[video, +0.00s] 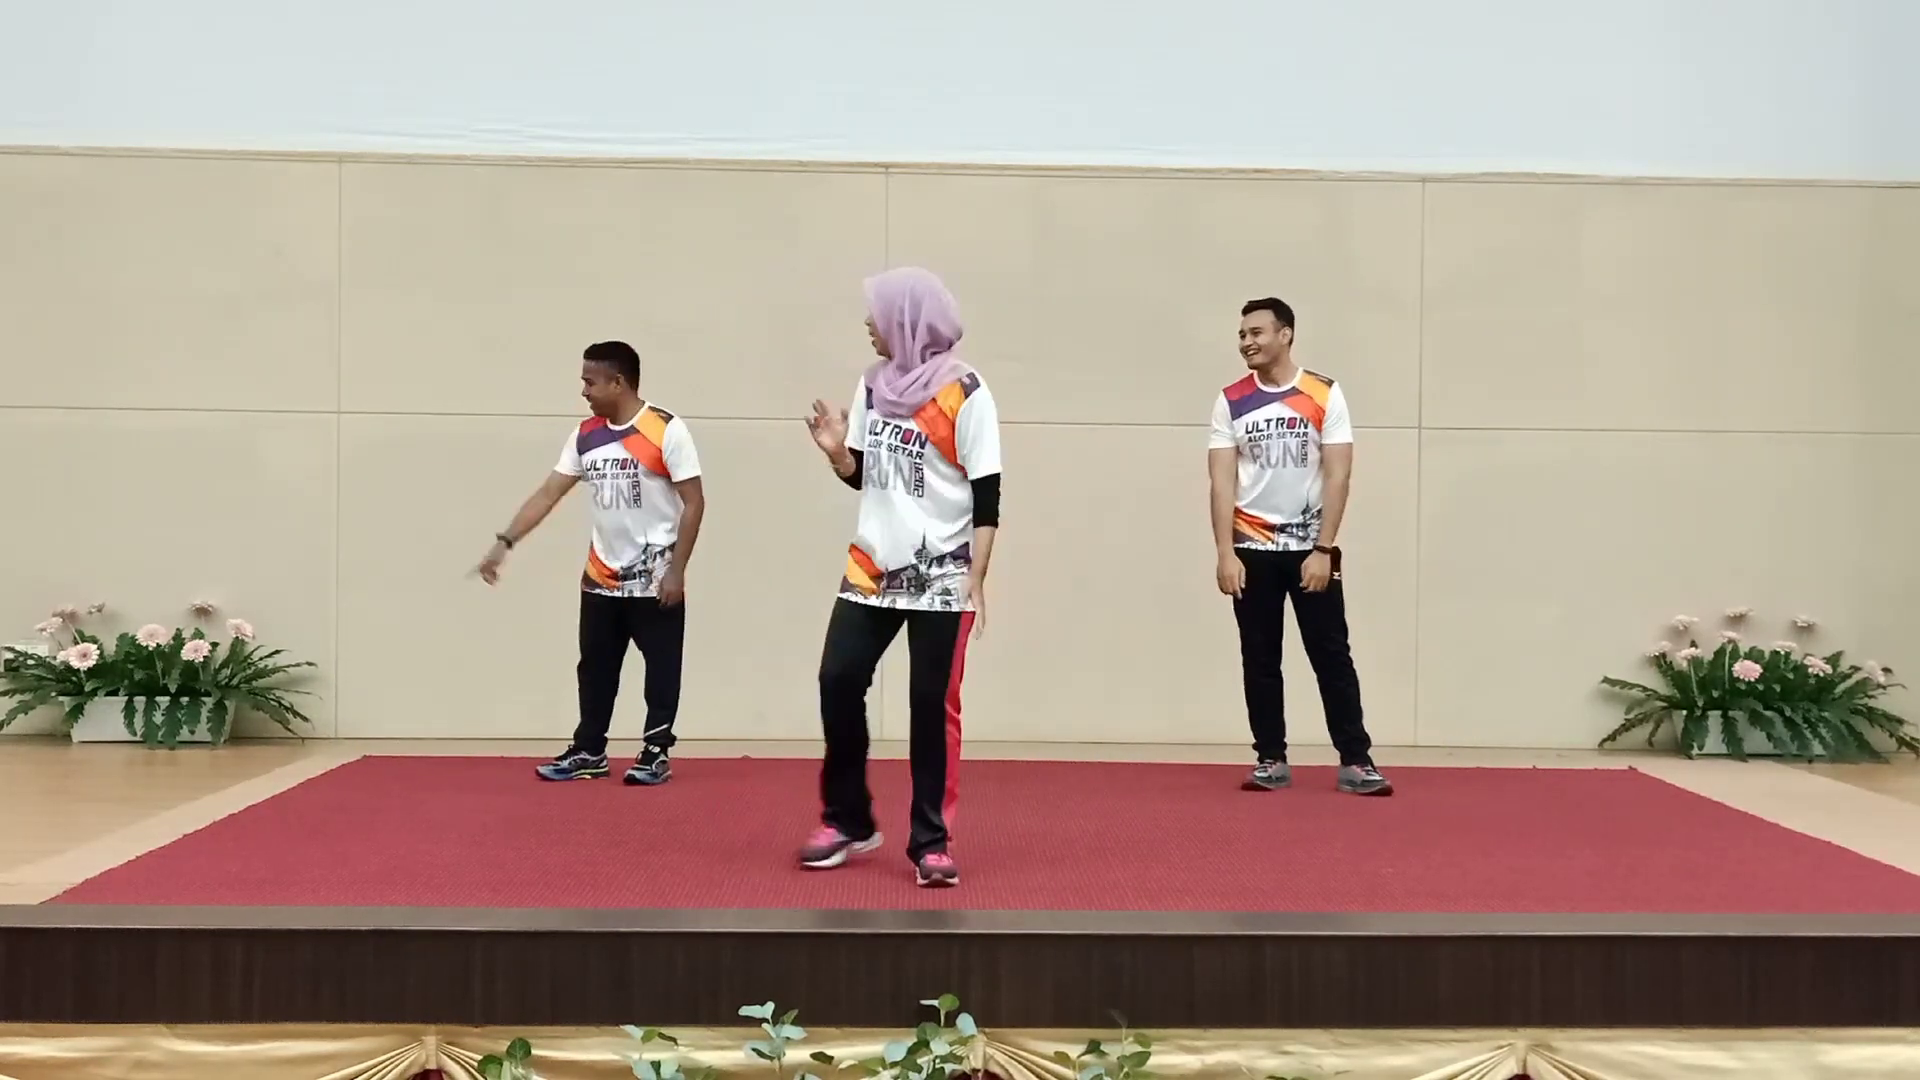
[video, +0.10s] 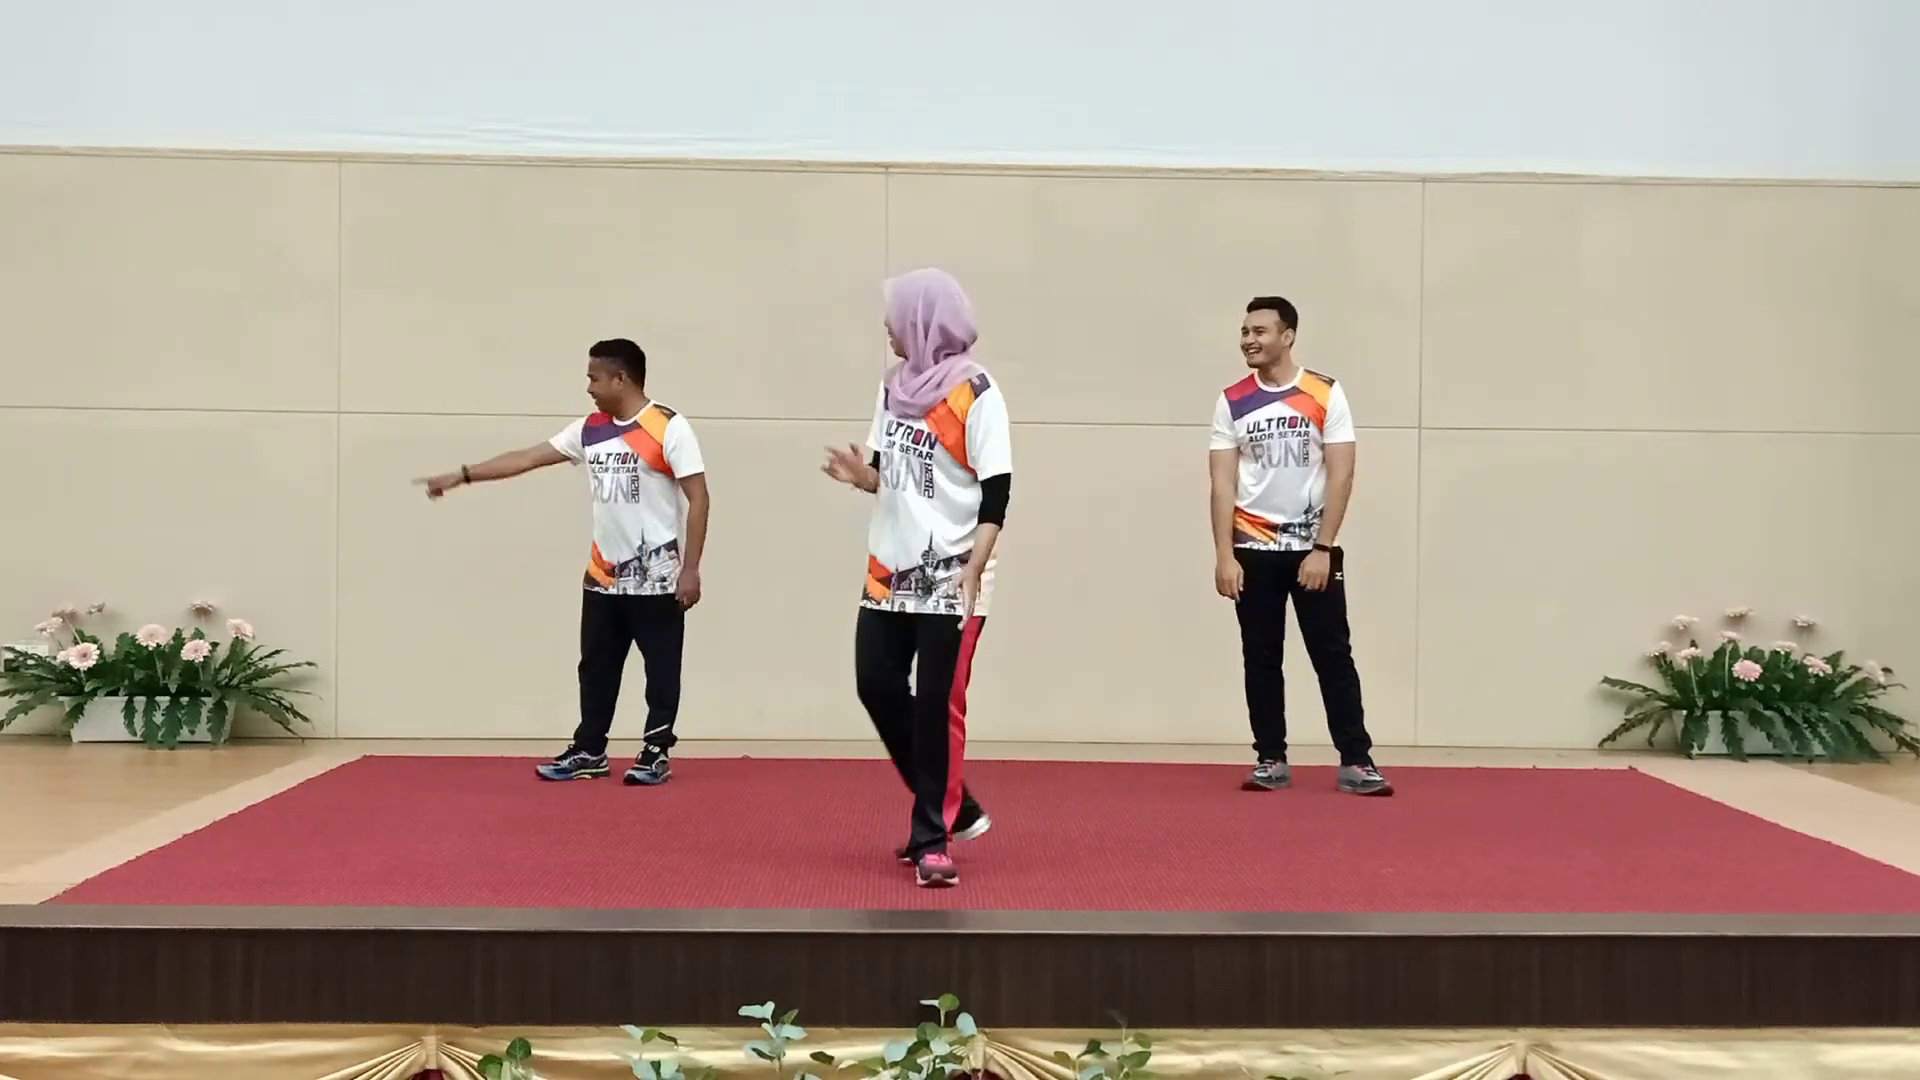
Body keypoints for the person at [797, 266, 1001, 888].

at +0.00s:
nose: (870, 329)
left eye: (879, 318)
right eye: (872, 318)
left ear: (910, 321)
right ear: (899, 322)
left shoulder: (967, 394)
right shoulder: (871, 387)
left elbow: (986, 489)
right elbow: (865, 480)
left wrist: (976, 575)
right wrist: (837, 452)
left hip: (944, 575)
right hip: (872, 570)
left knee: (931, 704)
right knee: (837, 682)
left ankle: (931, 843)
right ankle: (850, 822)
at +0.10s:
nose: (890, 334)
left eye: (897, 323)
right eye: (890, 322)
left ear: (926, 323)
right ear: (915, 323)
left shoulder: (976, 394)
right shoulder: (892, 391)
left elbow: (997, 490)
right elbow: (893, 479)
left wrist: (975, 568)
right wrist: (861, 474)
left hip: (951, 576)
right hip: (888, 573)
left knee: (934, 704)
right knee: (878, 689)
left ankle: (931, 840)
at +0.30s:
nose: (909, 338)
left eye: (915, 328)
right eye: (909, 328)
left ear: (940, 329)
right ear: (952, 327)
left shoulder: (988, 401)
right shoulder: (922, 395)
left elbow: (1007, 490)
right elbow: (912, 474)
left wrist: (992, 570)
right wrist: (892, 513)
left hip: (973, 577)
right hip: (926, 580)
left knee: (942, 704)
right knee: (959, 704)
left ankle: (931, 842)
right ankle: (1024, 828)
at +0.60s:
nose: (936, 349)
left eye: (940, 338)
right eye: (936, 338)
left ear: (961, 337)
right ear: (987, 334)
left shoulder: (1003, 406)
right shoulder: (971, 403)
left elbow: (1018, 505)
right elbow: (958, 502)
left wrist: (1011, 589)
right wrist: (940, 579)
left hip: (1003, 586)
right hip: (984, 584)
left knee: (962, 706)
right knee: (1007, 711)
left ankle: (935, 841)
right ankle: (1033, 836)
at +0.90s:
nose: (966, 355)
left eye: (971, 343)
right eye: (967, 343)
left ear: (992, 342)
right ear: (1013, 340)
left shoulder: (1030, 405)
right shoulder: (1013, 404)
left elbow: (1031, 501)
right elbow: (1022, 504)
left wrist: (981, 577)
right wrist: (990, 577)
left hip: (1040, 582)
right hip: (1028, 580)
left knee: (987, 687)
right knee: (1019, 699)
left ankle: (965, 833)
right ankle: (1032, 837)